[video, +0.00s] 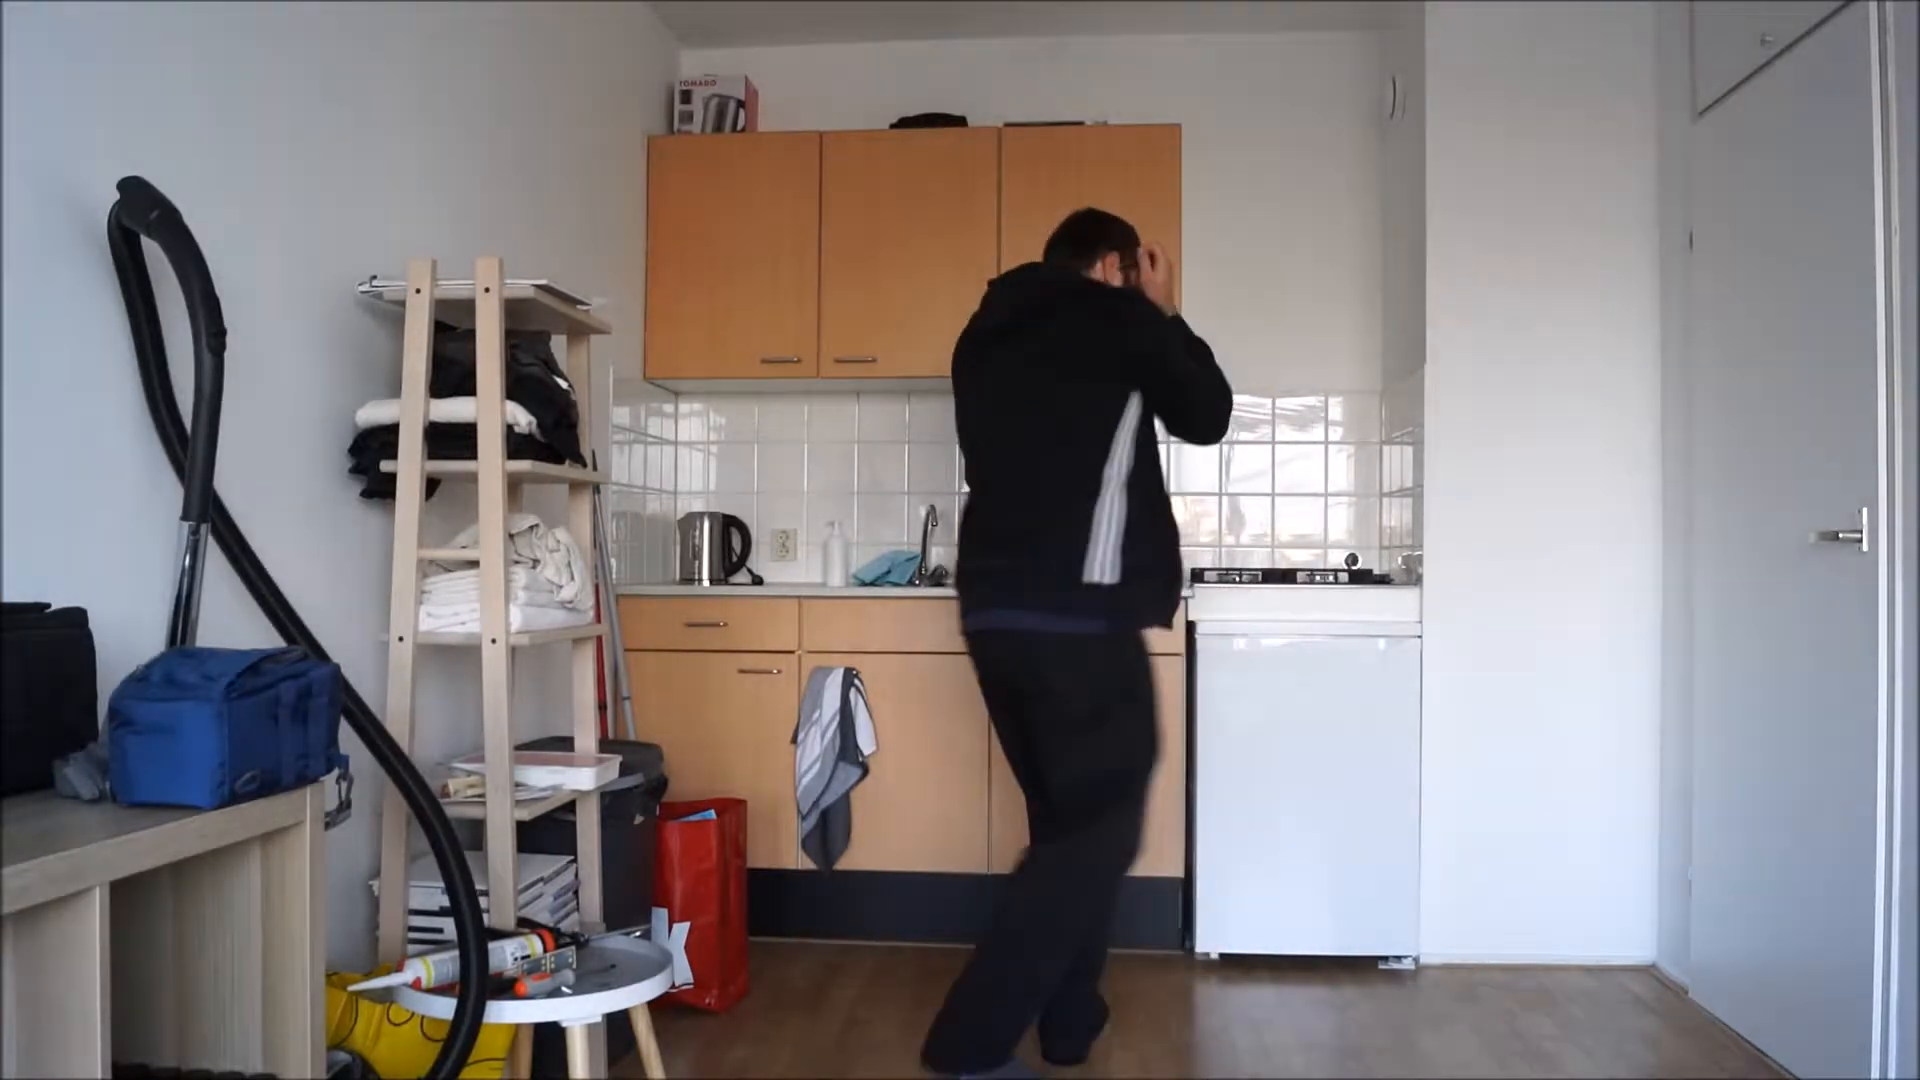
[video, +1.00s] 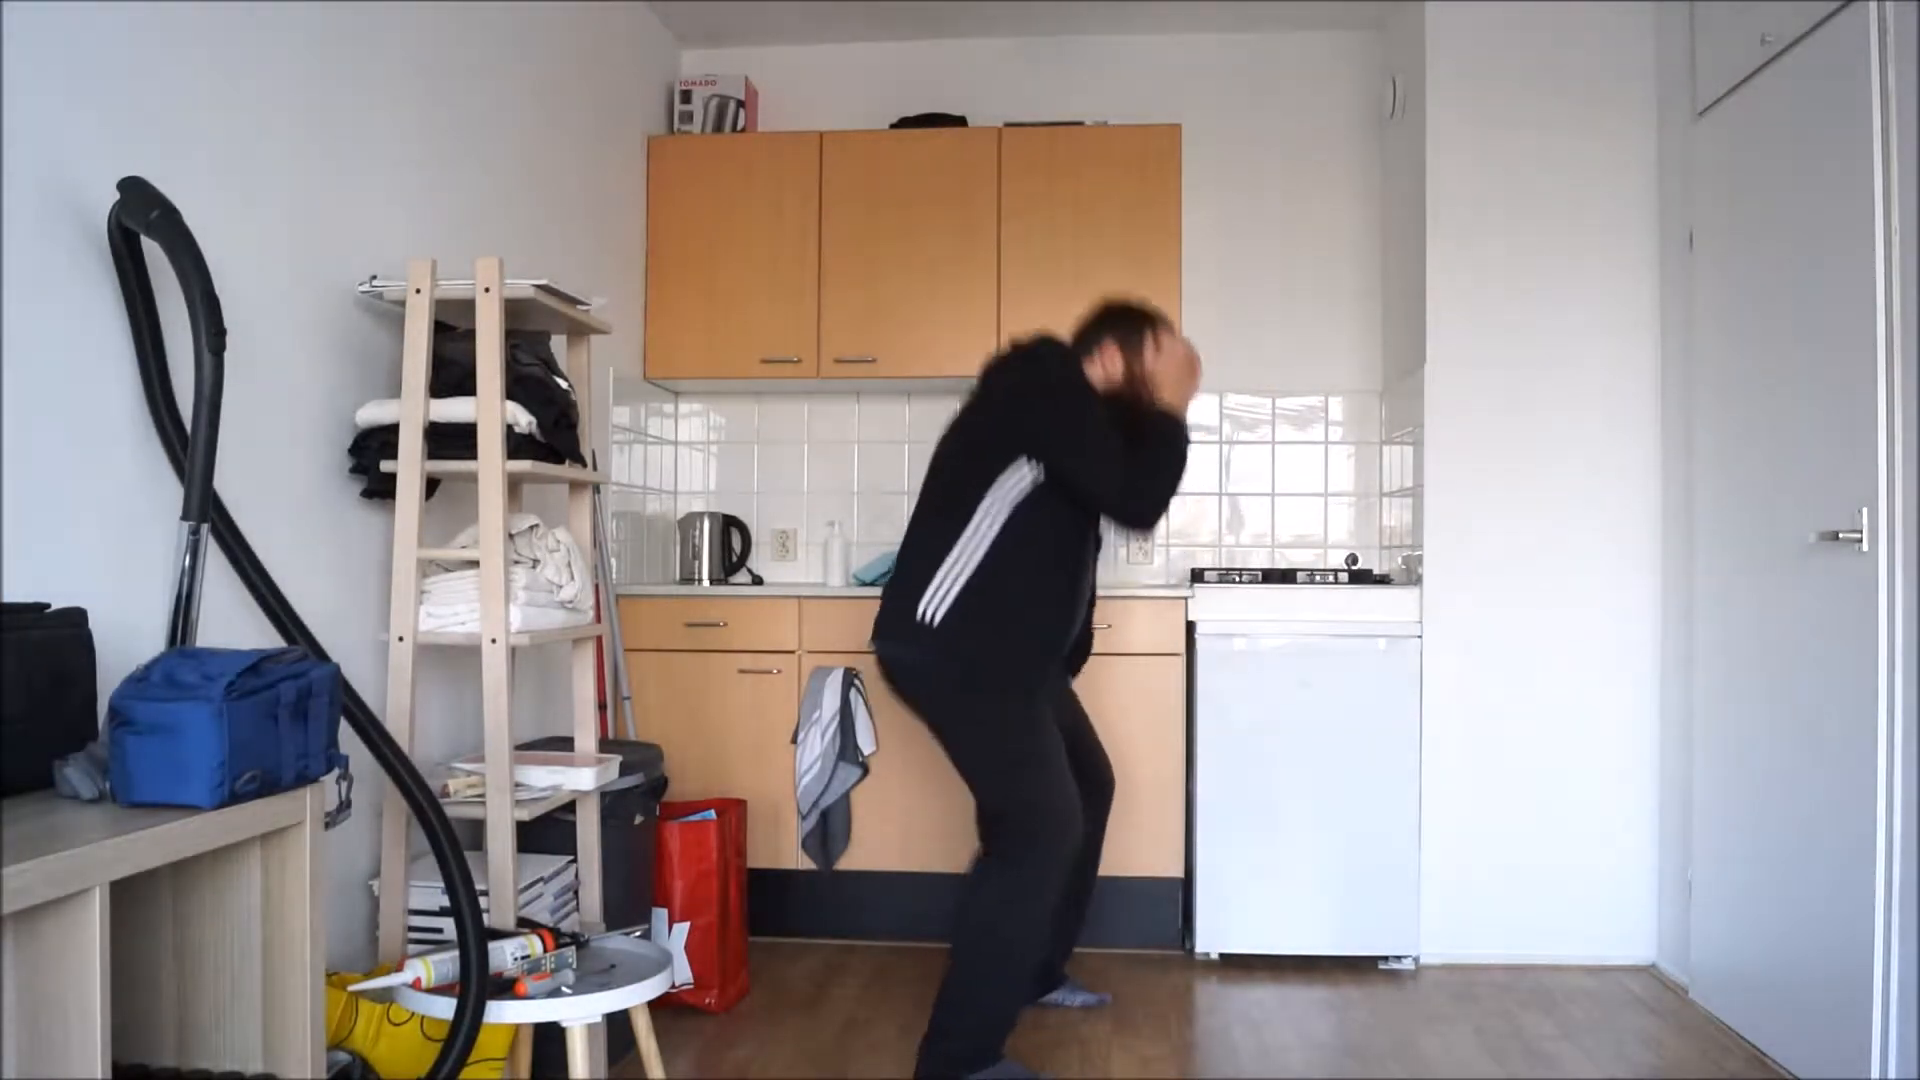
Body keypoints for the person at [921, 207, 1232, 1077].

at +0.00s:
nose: (1141, 284)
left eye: (1139, 272)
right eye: (1138, 273)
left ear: (1051, 263)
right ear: (1112, 266)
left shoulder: (982, 336)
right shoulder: (1122, 322)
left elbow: (993, 456)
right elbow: (1207, 412)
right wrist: (1161, 312)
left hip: (993, 613)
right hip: (1082, 615)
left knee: (1063, 819)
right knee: (1101, 827)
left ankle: (1072, 1025)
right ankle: (966, 1045)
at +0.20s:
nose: (1157, 313)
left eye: (1160, 298)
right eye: (1154, 297)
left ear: (1089, 274)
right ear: (1109, 280)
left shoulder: (1020, 318)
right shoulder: (1068, 328)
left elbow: (1131, 440)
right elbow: (1166, 439)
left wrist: (1140, 342)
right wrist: (1167, 336)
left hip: (1007, 619)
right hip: (1002, 624)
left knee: (1082, 794)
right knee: (1052, 822)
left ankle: (1038, 996)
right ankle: (959, 1056)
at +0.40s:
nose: (1123, 287)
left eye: (1126, 275)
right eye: (1122, 270)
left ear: (1070, 256)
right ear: (1088, 256)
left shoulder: (1060, 328)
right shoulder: (1022, 298)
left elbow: (1143, 419)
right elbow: (1181, 355)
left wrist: (1138, 294)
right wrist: (1146, 248)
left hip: (1018, 608)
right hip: (976, 608)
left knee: (1060, 797)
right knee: (1022, 820)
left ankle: (1036, 993)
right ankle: (958, 1057)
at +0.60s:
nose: (1154, 322)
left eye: (1153, 307)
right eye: (1148, 306)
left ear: (1095, 293)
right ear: (1106, 294)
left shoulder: (1070, 353)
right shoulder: (1029, 330)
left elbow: (1145, 444)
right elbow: (1146, 445)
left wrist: (1149, 354)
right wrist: (1168, 348)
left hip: (1007, 624)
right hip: (955, 625)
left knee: (1071, 786)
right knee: (1029, 815)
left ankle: (1030, 973)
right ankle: (958, 1053)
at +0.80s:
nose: (1168, 454)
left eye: (1175, 443)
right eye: (1166, 439)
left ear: (1117, 416)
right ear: (1126, 419)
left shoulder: (1066, 439)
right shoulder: (1061, 446)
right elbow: (1153, 567)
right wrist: (1180, 470)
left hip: (985, 679)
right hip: (943, 689)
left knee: (1095, 791)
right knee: (1066, 849)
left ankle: (1032, 969)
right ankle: (958, 1059)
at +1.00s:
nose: (1164, 389)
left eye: (1166, 376)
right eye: (1159, 373)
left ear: (1106, 356)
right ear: (1113, 357)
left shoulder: (1073, 401)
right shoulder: (1041, 381)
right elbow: (1135, 502)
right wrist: (1170, 408)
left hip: (1008, 650)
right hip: (952, 649)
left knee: (1087, 790)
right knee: (1040, 827)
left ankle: (1033, 974)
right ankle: (956, 1057)